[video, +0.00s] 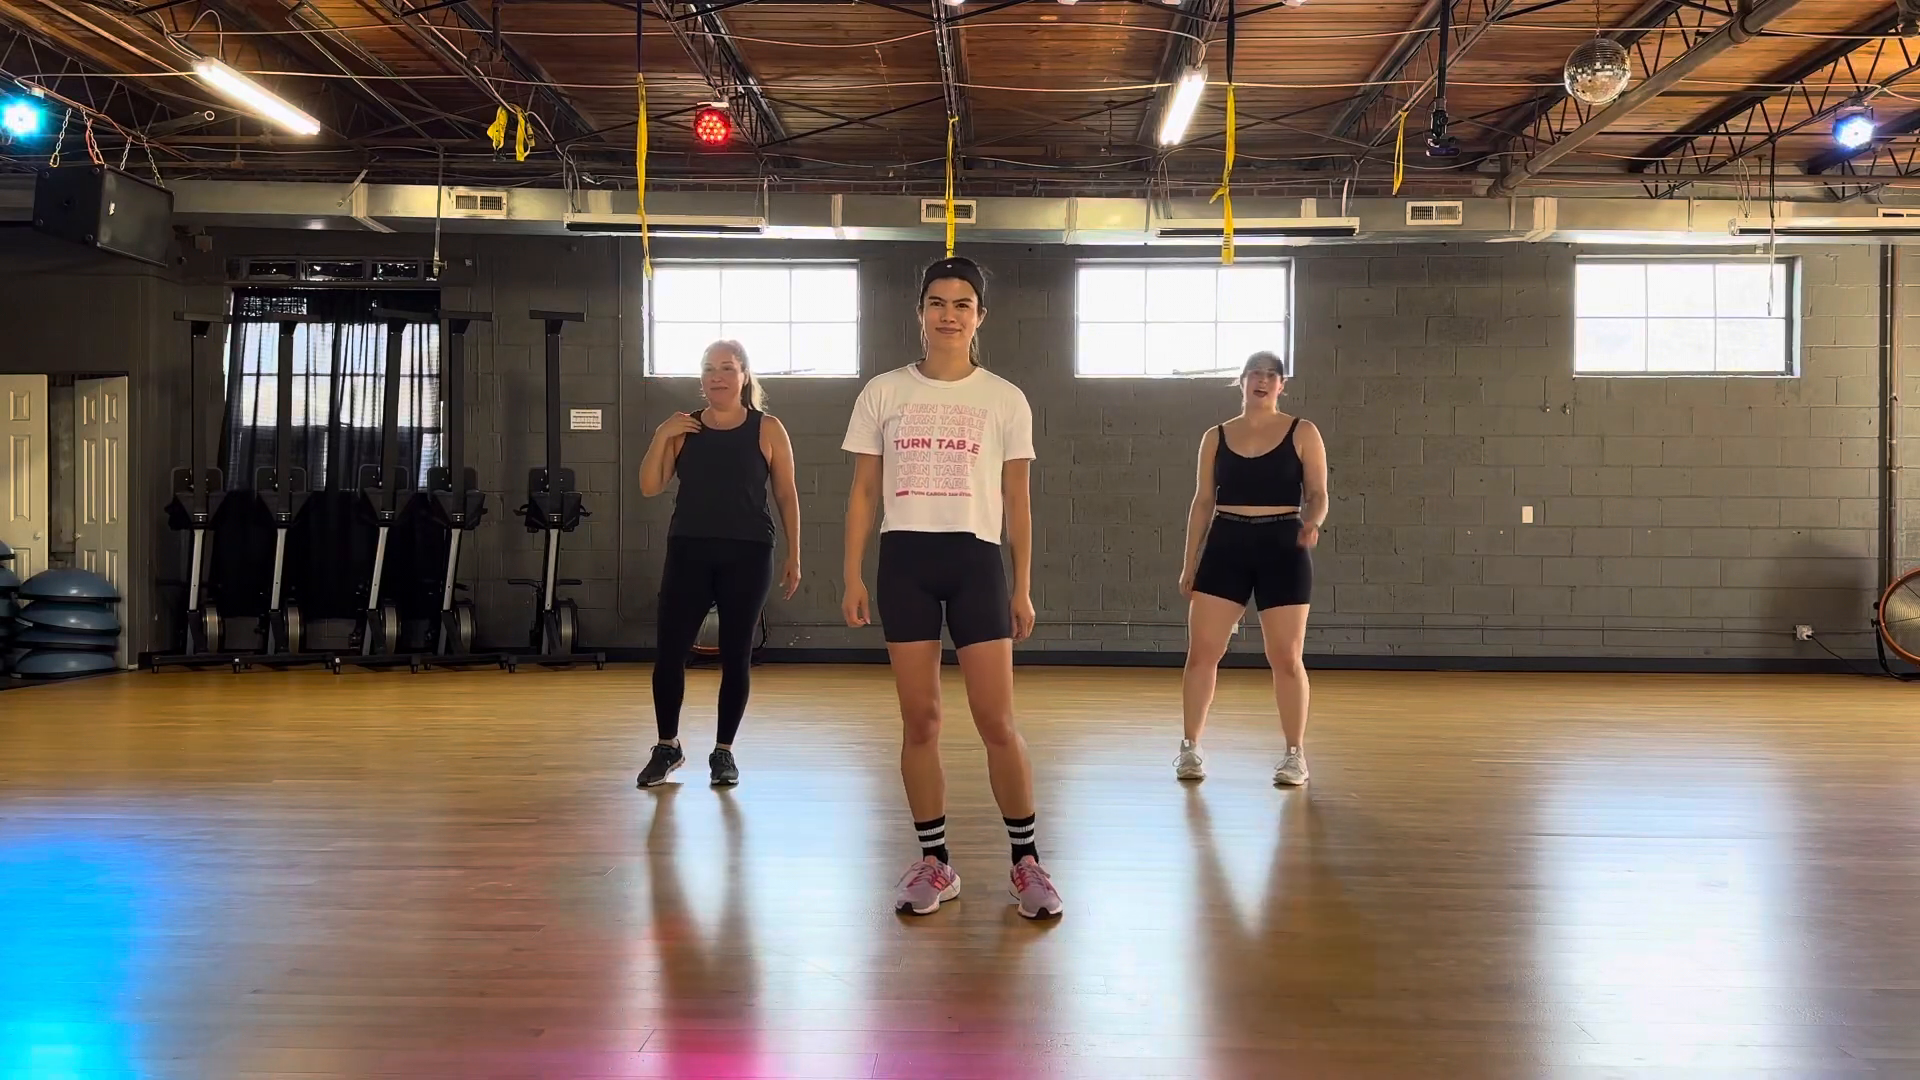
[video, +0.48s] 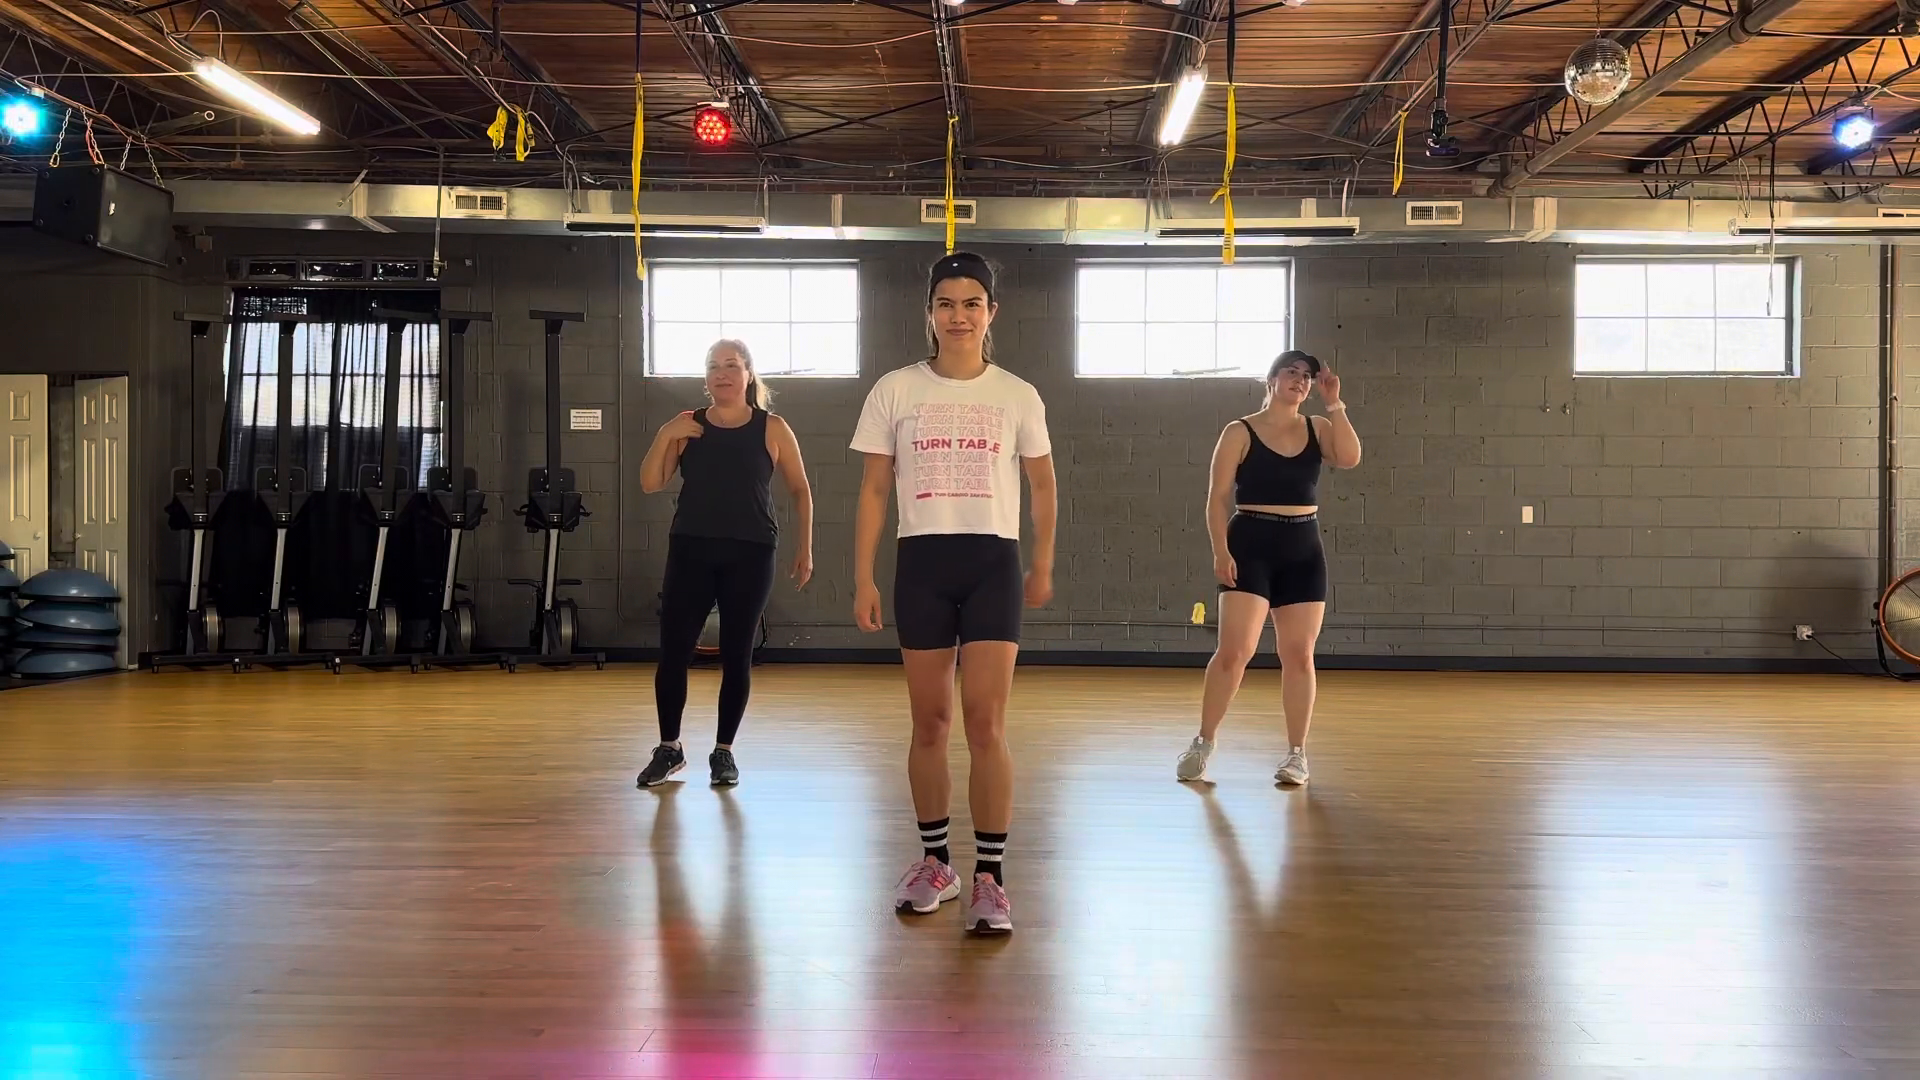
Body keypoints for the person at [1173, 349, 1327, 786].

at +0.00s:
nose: (1262, 381)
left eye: (1271, 375)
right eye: (1255, 374)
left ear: (1282, 385)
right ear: (1241, 382)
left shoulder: (1302, 433)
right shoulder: (1216, 436)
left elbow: (1317, 494)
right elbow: (1203, 502)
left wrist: (1311, 522)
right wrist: (1190, 561)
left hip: (1283, 551)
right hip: (1224, 549)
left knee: (1286, 659)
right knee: (1201, 652)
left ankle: (1294, 754)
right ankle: (1190, 748)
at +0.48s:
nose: (1297, 380)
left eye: (1304, 376)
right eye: (1290, 371)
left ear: (1309, 390)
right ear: (1270, 381)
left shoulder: (1317, 428)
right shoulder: (1240, 431)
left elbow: (1349, 456)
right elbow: (1218, 496)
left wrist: (1335, 405)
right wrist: (1221, 552)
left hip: (1303, 549)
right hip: (1250, 546)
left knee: (1299, 656)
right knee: (1232, 653)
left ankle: (1297, 755)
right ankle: (1203, 743)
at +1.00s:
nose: (1279, 389)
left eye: (1286, 383)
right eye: (1270, 382)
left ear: (1295, 393)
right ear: (1254, 391)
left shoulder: (1311, 440)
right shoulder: (1228, 442)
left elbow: (1327, 487)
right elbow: (1209, 504)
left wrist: (1321, 436)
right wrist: (1188, 561)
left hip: (1295, 553)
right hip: (1240, 549)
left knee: (1279, 660)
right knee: (1249, 639)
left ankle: (1270, 748)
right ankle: (1239, 735)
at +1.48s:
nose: (1263, 375)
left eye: (1271, 369)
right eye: (1254, 369)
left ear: (1283, 381)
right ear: (1241, 382)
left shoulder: (1310, 427)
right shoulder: (1222, 440)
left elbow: (1345, 488)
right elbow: (1203, 500)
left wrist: (1297, 489)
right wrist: (1170, 548)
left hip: (1289, 558)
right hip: (1229, 556)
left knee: (1283, 676)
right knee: (1241, 670)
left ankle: (1276, 743)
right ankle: (1256, 770)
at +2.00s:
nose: (1267, 368)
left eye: (1275, 361)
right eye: (1258, 360)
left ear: (1285, 372)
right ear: (1241, 370)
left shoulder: (1309, 424)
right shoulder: (1209, 428)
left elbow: (1330, 491)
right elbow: (1191, 503)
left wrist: (1336, 553)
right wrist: (1201, 556)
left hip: (1293, 555)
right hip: (1228, 556)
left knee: (1270, 668)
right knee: (1246, 677)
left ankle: (1253, 775)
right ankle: (1263, 778)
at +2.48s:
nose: (1276, 344)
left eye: (1286, 337)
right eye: (1265, 336)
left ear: (1298, 354)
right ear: (1246, 351)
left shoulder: (1319, 427)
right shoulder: (1212, 413)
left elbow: (1336, 508)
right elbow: (1177, 490)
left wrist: (1389, 545)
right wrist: (1130, 538)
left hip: (1297, 562)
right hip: (1226, 557)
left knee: (1273, 694)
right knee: (1230, 694)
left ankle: (1251, 812)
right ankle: (1209, 768)